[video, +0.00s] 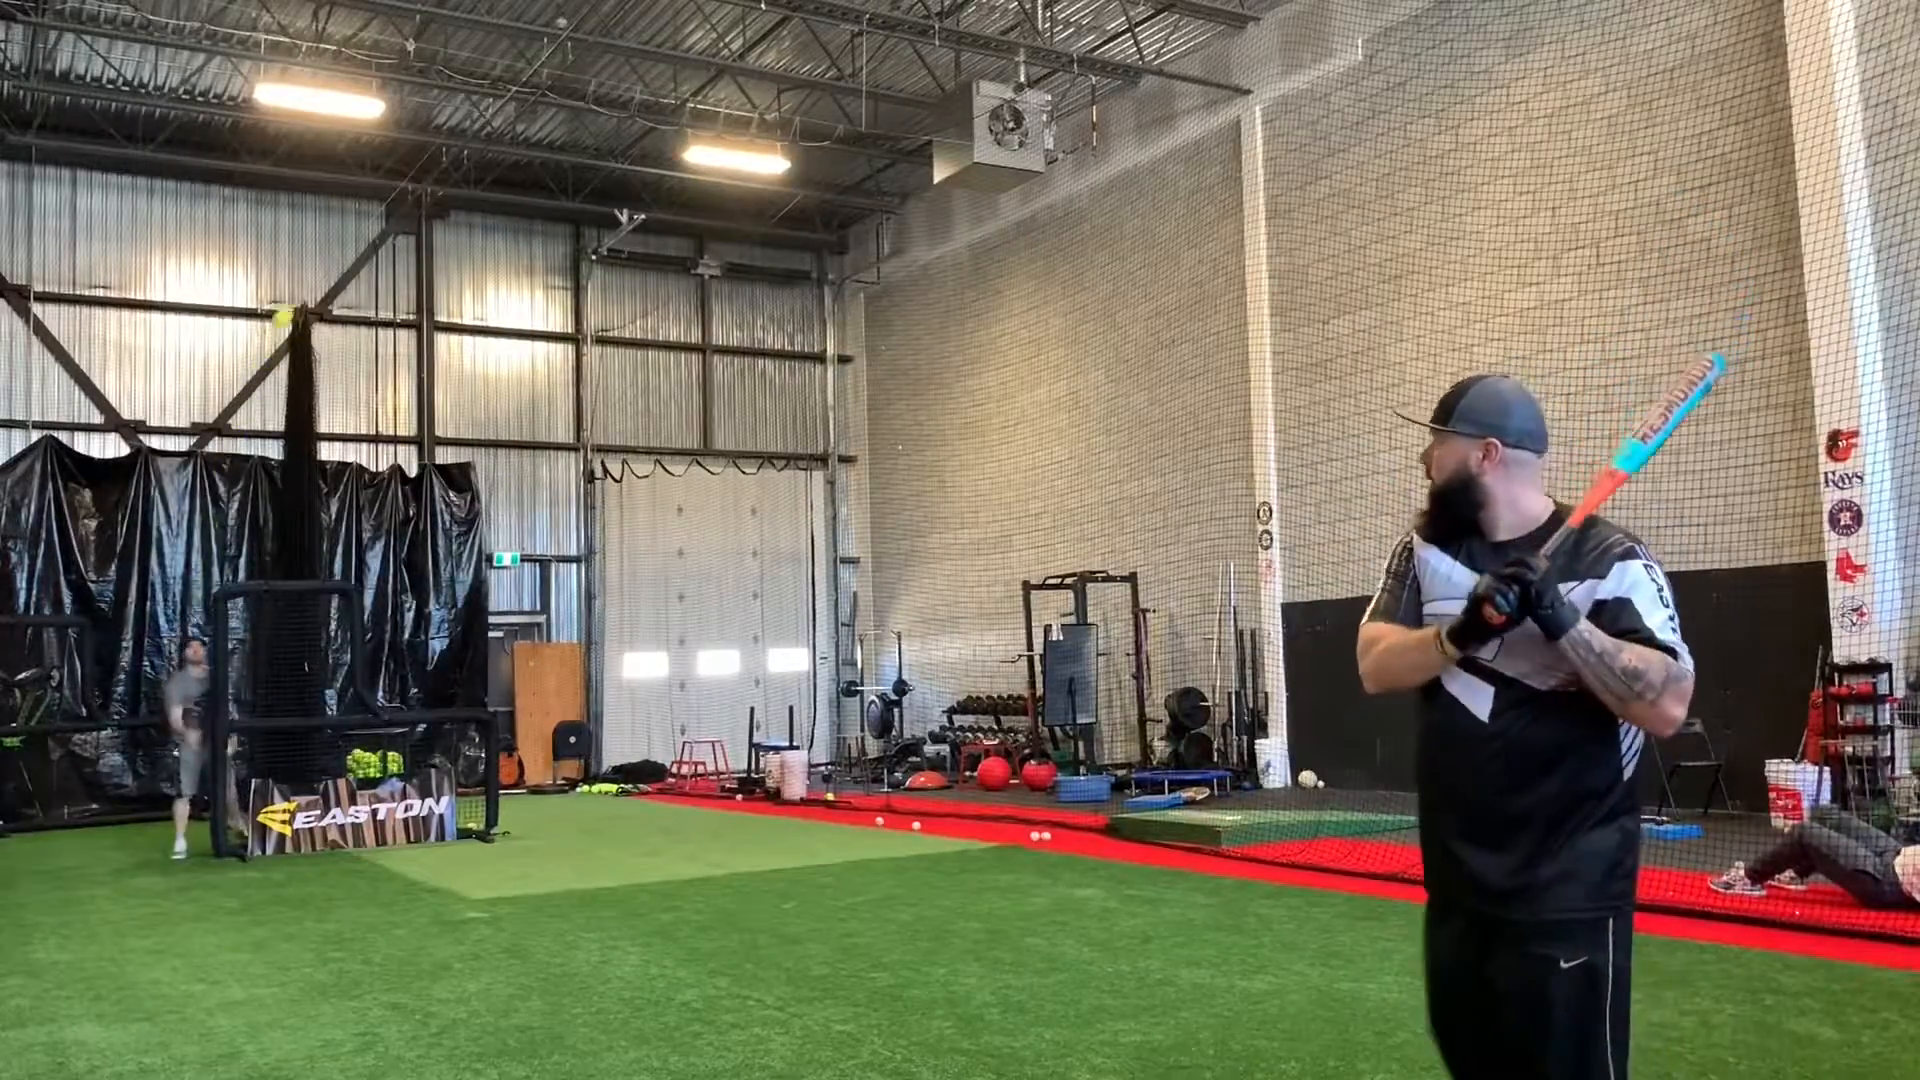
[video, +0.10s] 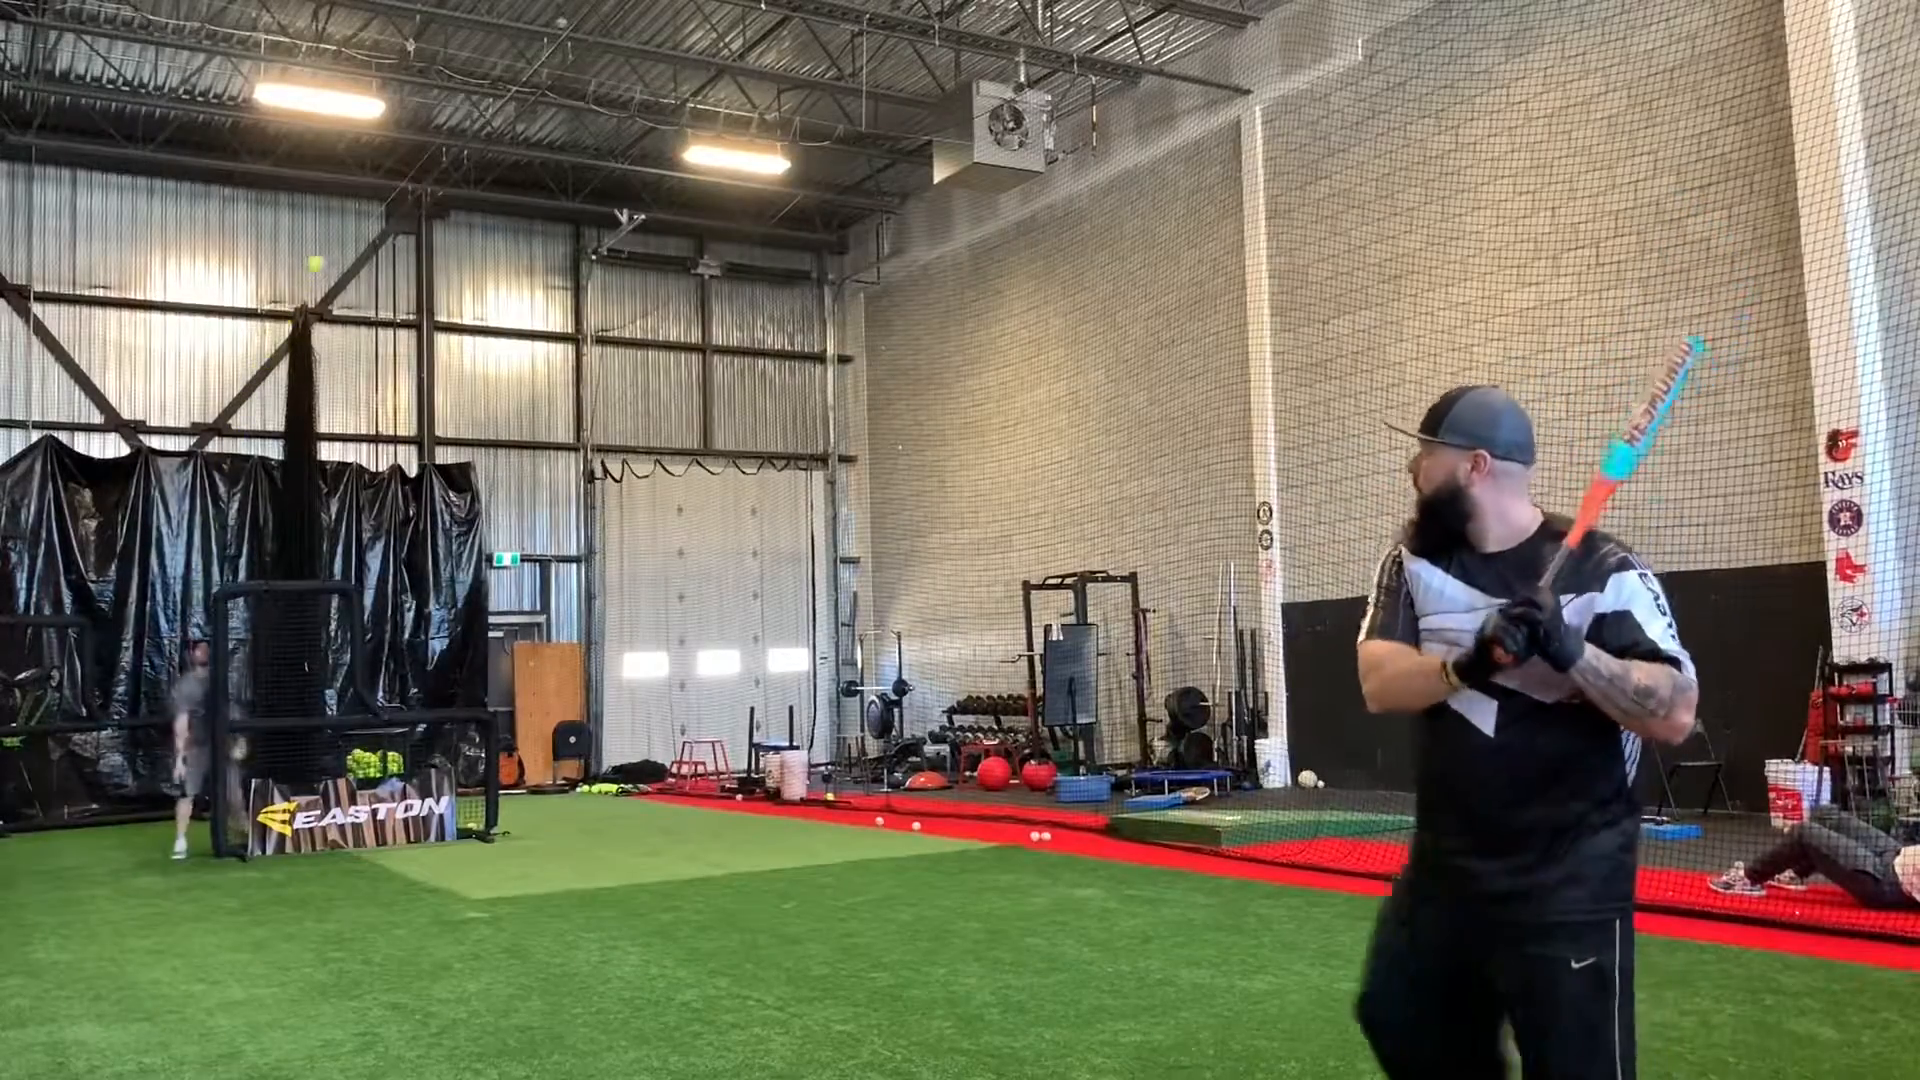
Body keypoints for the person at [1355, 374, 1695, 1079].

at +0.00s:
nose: (1425, 459)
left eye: (1437, 442)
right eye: (1429, 443)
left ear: (1486, 453)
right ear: (1484, 455)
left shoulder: (1610, 559)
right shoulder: (1426, 552)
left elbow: (1667, 708)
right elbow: (1375, 666)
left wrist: (1566, 624)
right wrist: (1459, 634)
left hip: (1568, 889)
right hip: (1460, 880)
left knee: (1570, 1063)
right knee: (1470, 1057)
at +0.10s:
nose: (1413, 469)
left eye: (1426, 453)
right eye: (1418, 453)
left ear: (1477, 464)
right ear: (1475, 465)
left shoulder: (1607, 571)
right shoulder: (1415, 564)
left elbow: (1674, 715)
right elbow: (1378, 683)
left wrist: (1572, 653)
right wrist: (1472, 663)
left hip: (1567, 885)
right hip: (1446, 873)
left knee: (1578, 1063)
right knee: (1400, 1019)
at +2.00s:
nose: (1322, 485)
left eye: (1320, 473)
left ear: (1326, 479)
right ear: (1398, 462)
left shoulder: (1307, 571)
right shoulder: (1459, 528)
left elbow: (1391, 625)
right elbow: (1544, 633)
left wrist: (1498, 576)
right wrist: (1665, 686)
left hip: (1379, 848)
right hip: (1497, 837)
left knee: (1400, 1043)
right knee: (1521, 1034)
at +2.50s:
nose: (1357, 532)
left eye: (1358, 512)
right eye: (1352, 516)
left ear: (1400, 497)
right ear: (1420, 489)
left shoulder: (1424, 581)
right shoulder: (1556, 536)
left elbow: (1366, 704)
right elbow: (1645, 608)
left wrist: (1247, 771)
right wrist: (1685, 627)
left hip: (1504, 828)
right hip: (1611, 817)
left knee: (1447, 1037)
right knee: (1570, 1030)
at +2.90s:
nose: (1405, 492)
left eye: (1413, 472)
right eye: (1405, 475)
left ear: (1462, 471)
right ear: (1466, 474)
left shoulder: (1519, 528)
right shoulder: (1519, 526)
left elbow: (1570, 600)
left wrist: (1560, 736)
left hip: (1584, 850)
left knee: (1577, 1051)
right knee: (1576, 1042)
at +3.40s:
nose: (1466, 464)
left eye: (1476, 443)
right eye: (1467, 447)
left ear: (1528, 441)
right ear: (1523, 445)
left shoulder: (1651, 540)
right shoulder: (1479, 553)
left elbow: (1697, 677)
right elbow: (1430, 680)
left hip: (1615, 883)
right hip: (1505, 872)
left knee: (1610, 1057)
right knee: (1501, 1052)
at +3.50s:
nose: (1459, 457)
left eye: (1469, 439)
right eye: (1461, 441)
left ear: (1522, 441)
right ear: (1519, 445)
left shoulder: (1645, 538)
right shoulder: (1470, 544)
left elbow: (1692, 681)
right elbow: (1415, 663)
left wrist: (1581, 590)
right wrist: (1479, 620)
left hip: (1609, 881)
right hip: (1493, 872)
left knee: (1610, 1059)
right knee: (1491, 1059)